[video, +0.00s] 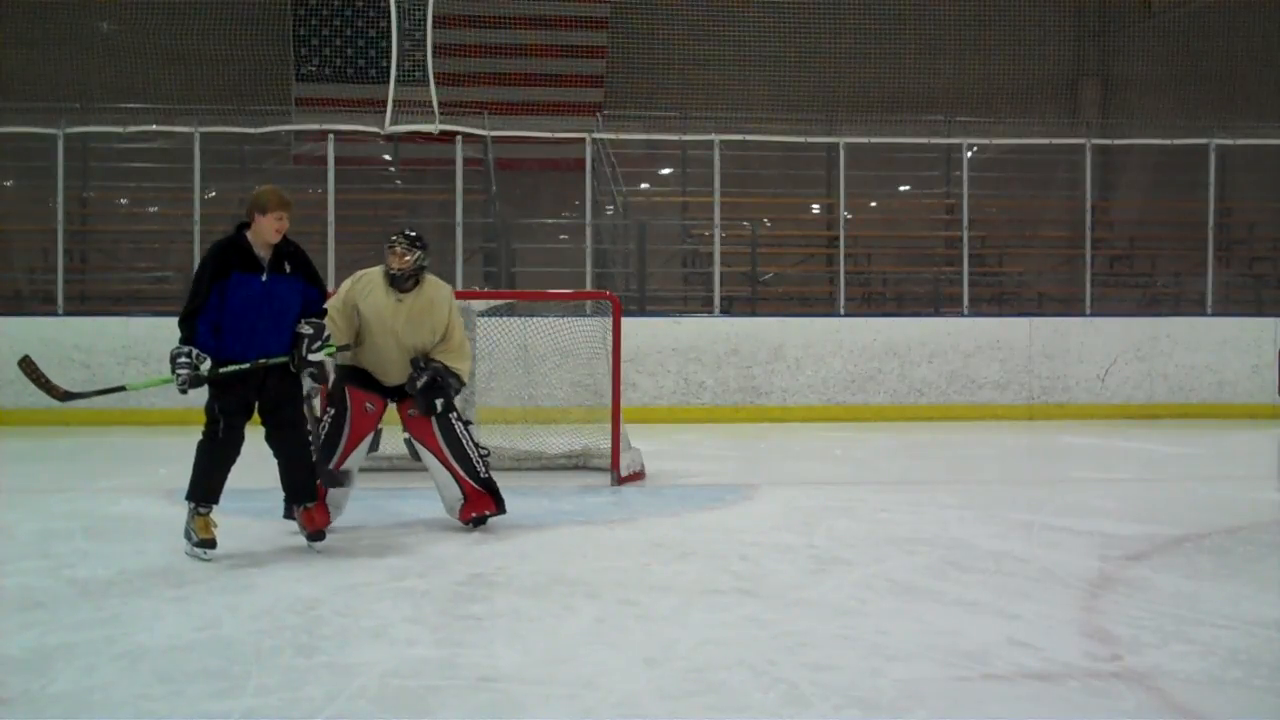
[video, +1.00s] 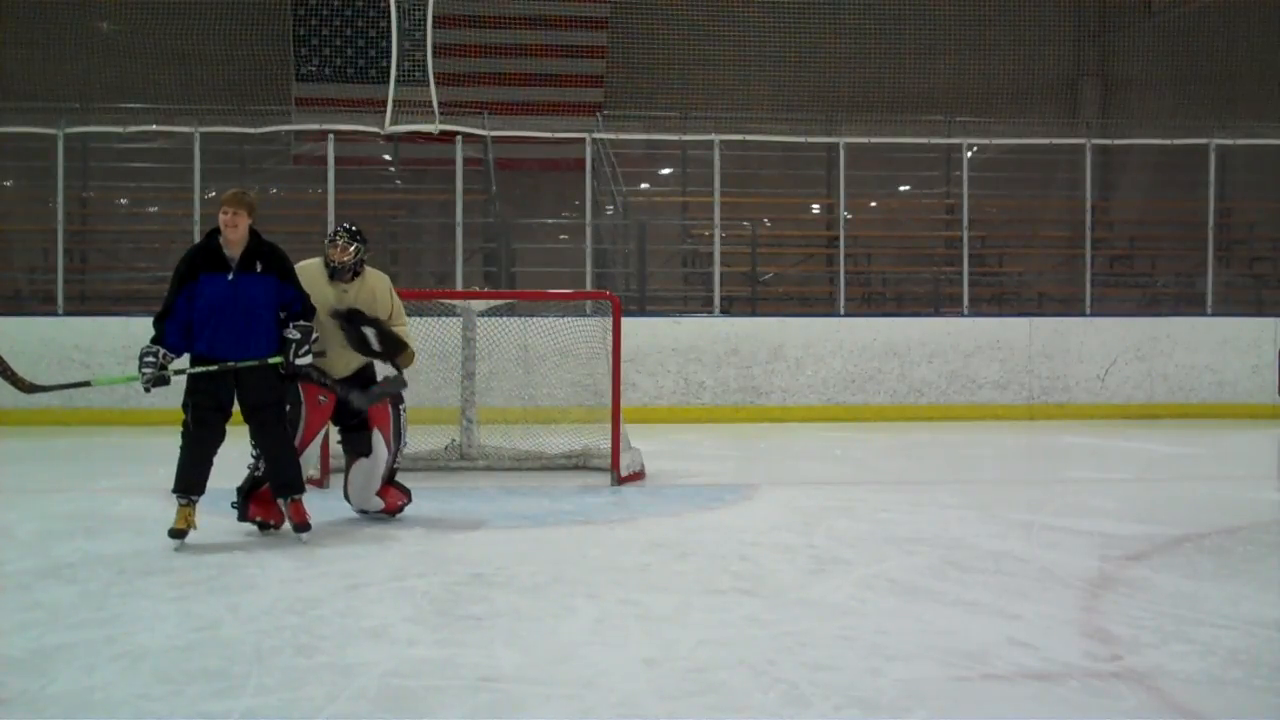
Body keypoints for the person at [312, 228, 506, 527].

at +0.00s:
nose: (396, 262)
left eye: (404, 256)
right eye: (392, 255)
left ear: (419, 259)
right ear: (385, 257)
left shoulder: (440, 295)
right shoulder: (362, 285)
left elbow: (456, 348)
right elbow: (332, 323)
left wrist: (440, 379)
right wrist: (317, 356)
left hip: (417, 379)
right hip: (364, 375)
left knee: (443, 433)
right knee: (340, 435)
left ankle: (478, 497)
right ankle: (317, 506)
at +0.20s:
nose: (365, 263)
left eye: (373, 258)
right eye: (360, 257)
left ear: (388, 263)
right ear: (353, 259)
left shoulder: (411, 293)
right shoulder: (331, 293)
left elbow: (430, 346)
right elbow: (310, 345)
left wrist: (418, 374)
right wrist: (301, 349)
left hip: (398, 379)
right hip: (346, 379)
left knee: (434, 415)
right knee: (339, 424)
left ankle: (463, 495)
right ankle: (306, 503)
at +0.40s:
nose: (348, 265)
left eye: (356, 259)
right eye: (344, 258)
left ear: (370, 263)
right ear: (336, 260)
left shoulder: (392, 291)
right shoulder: (319, 289)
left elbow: (408, 346)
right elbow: (294, 330)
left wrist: (402, 375)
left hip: (380, 381)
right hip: (332, 380)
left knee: (417, 412)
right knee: (338, 413)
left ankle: (414, 498)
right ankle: (293, 497)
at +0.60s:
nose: (346, 262)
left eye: (354, 257)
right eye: (342, 255)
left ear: (367, 261)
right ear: (334, 257)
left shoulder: (387, 290)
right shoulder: (314, 286)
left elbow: (400, 339)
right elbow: (293, 329)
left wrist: (398, 367)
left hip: (370, 379)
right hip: (323, 378)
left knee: (403, 408)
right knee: (326, 410)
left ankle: (380, 494)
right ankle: (274, 491)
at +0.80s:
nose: (343, 257)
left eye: (351, 251)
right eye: (339, 250)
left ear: (364, 255)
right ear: (331, 251)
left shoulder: (383, 285)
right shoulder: (309, 279)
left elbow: (401, 334)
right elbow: (288, 320)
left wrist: (400, 360)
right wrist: (297, 353)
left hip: (367, 376)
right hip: (320, 377)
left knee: (384, 439)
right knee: (301, 436)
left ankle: (371, 495)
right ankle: (269, 492)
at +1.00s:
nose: (338, 255)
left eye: (346, 249)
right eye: (334, 248)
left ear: (359, 253)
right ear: (326, 249)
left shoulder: (378, 285)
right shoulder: (302, 276)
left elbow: (402, 342)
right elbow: (279, 316)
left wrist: (380, 340)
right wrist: (292, 352)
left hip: (358, 373)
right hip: (310, 372)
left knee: (369, 440)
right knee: (293, 433)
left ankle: (368, 498)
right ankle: (260, 494)